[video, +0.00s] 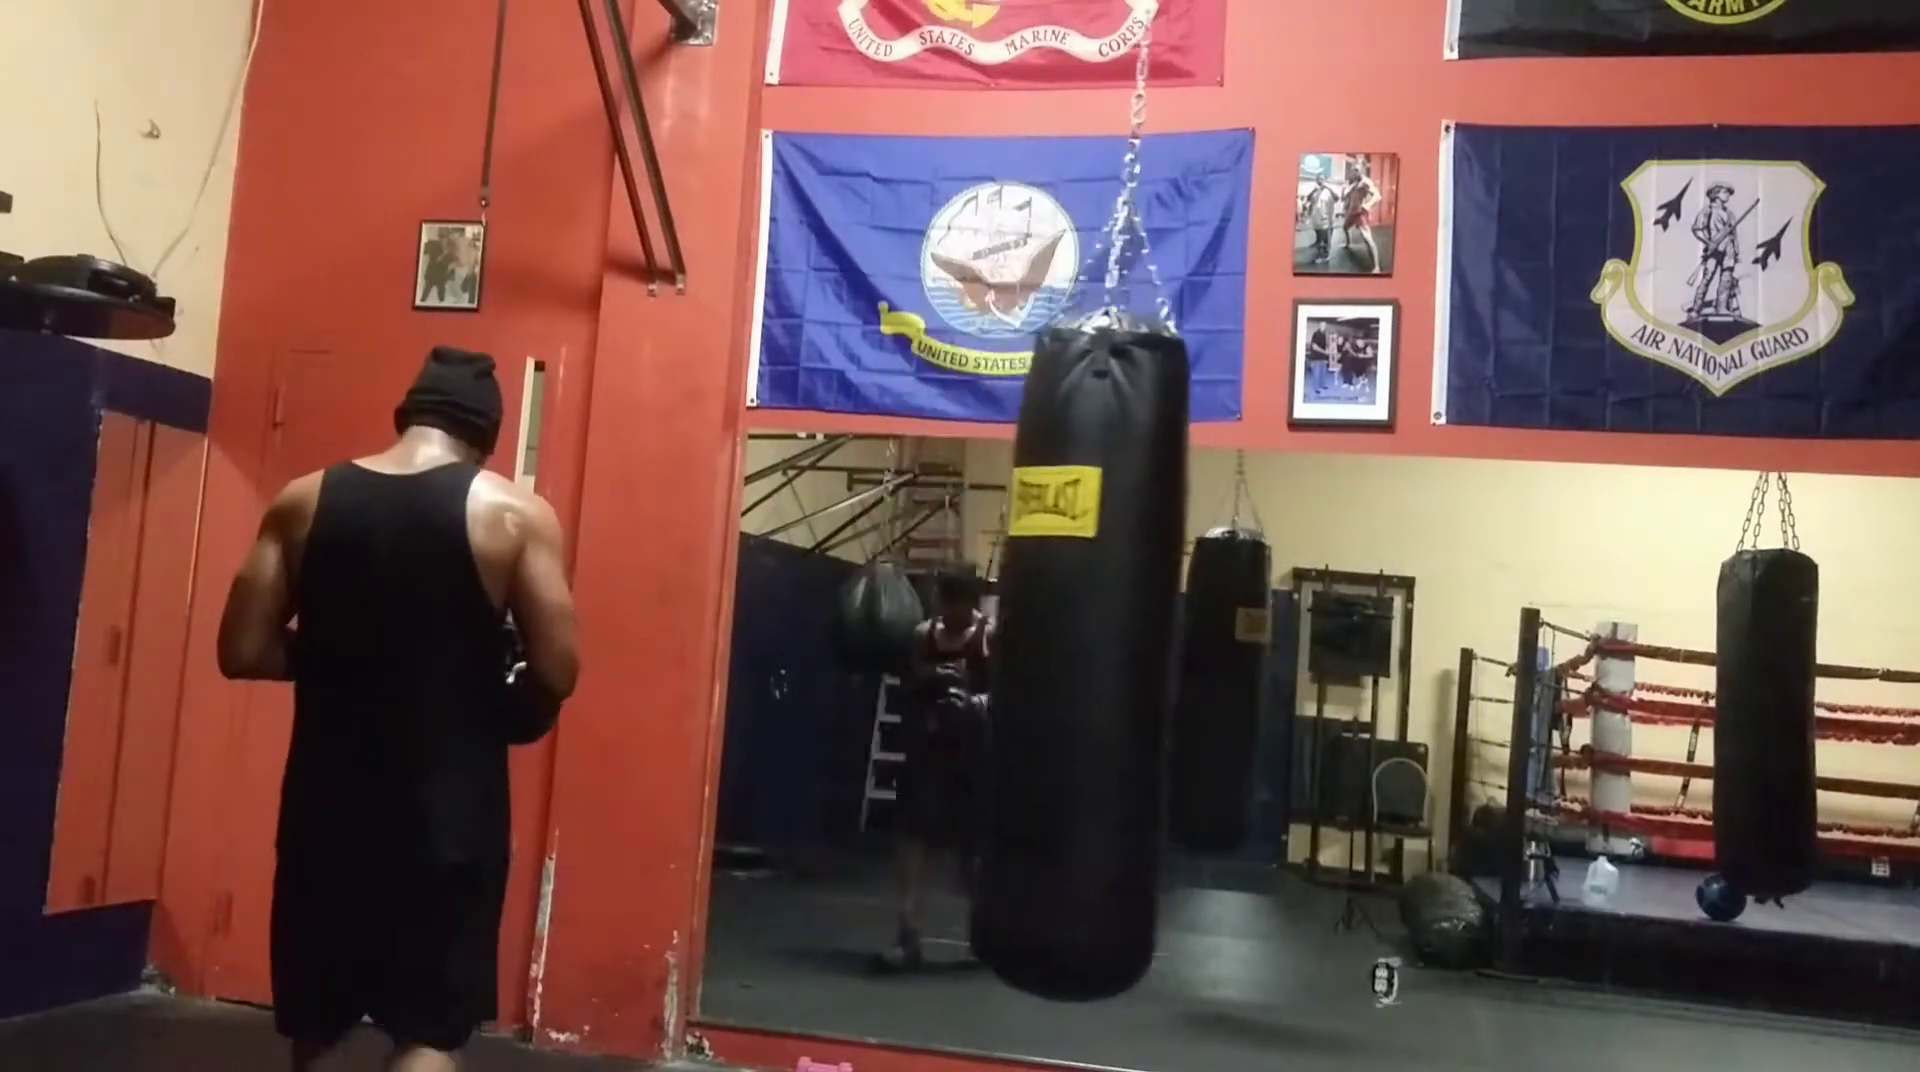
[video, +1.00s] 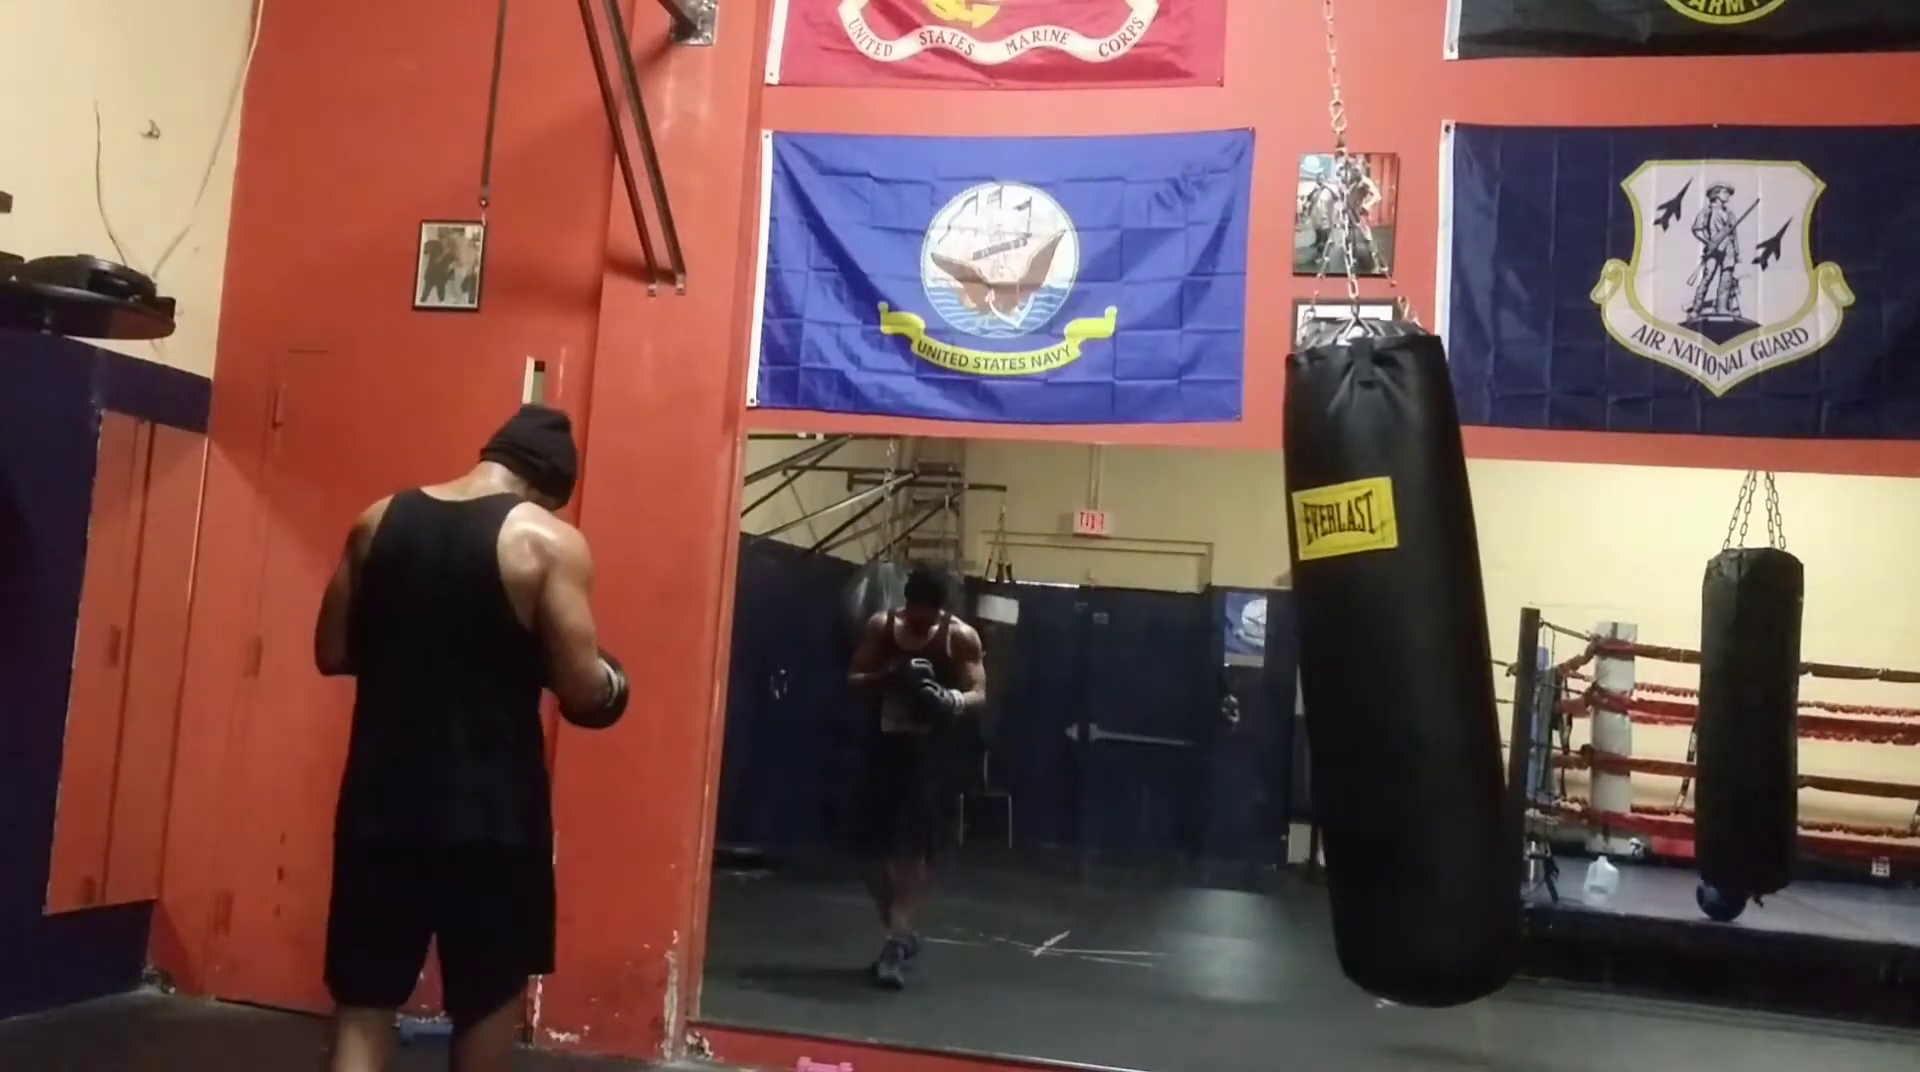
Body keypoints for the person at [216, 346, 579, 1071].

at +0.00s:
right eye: (486, 434)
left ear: (404, 418)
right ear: (488, 437)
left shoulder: (307, 499)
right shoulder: (517, 516)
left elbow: (243, 652)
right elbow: (556, 671)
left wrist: (344, 653)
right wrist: (510, 712)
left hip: (324, 813)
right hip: (449, 824)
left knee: (315, 1030)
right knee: (430, 1032)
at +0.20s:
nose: (485, 462)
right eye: (486, 451)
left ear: (404, 431)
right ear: (483, 450)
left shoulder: (305, 508)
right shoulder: (504, 520)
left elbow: (248, 655)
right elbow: (542, 673)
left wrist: (347, 649)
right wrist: (521, 718)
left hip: (326, 804)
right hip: (445, 812)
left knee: (331, 1010)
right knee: (449, 1010)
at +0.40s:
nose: (499, 471)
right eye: (501, 461)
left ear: (423, 432)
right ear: (496, 455)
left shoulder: (316, 504)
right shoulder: (499, 518)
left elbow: (264, 649)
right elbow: (538, 676)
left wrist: (361, 639)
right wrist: (557, 695)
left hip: (330, 788)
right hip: (447, 796)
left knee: (331, 997)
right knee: (460, 985)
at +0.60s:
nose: (511, 487)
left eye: (514, 474)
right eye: (515, 474)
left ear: (440, 435)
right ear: (508, 461)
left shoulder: (332, 501)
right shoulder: (505, 517)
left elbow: (287, 645)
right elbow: (549, 671)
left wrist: (373, 610)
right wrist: (583, 664)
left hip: (336, 793)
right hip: (451, 800)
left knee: (332, 1006)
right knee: (463, 1001)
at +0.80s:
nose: (531, 495)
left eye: (533, 483)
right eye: (534, 483)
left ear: (460, 445)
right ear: (530, 471)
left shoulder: (355, 509)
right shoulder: (526, 528)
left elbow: (308, 645)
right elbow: (566, 682)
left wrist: (392, 624)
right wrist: (598, 674)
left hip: (355, 805)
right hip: (469, 811)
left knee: (350, 1008)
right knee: (472, 1012)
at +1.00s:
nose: (559, 503)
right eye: (561, 492)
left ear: (490, 455)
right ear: (557, 482)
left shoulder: (381, 518)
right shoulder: (550, 541)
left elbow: (333, 653)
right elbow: (582, 694)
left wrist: (417, 635)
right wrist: (612, 686)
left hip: (381, 806)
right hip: (492, 816)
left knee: (362, 1014)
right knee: (489, 1019)